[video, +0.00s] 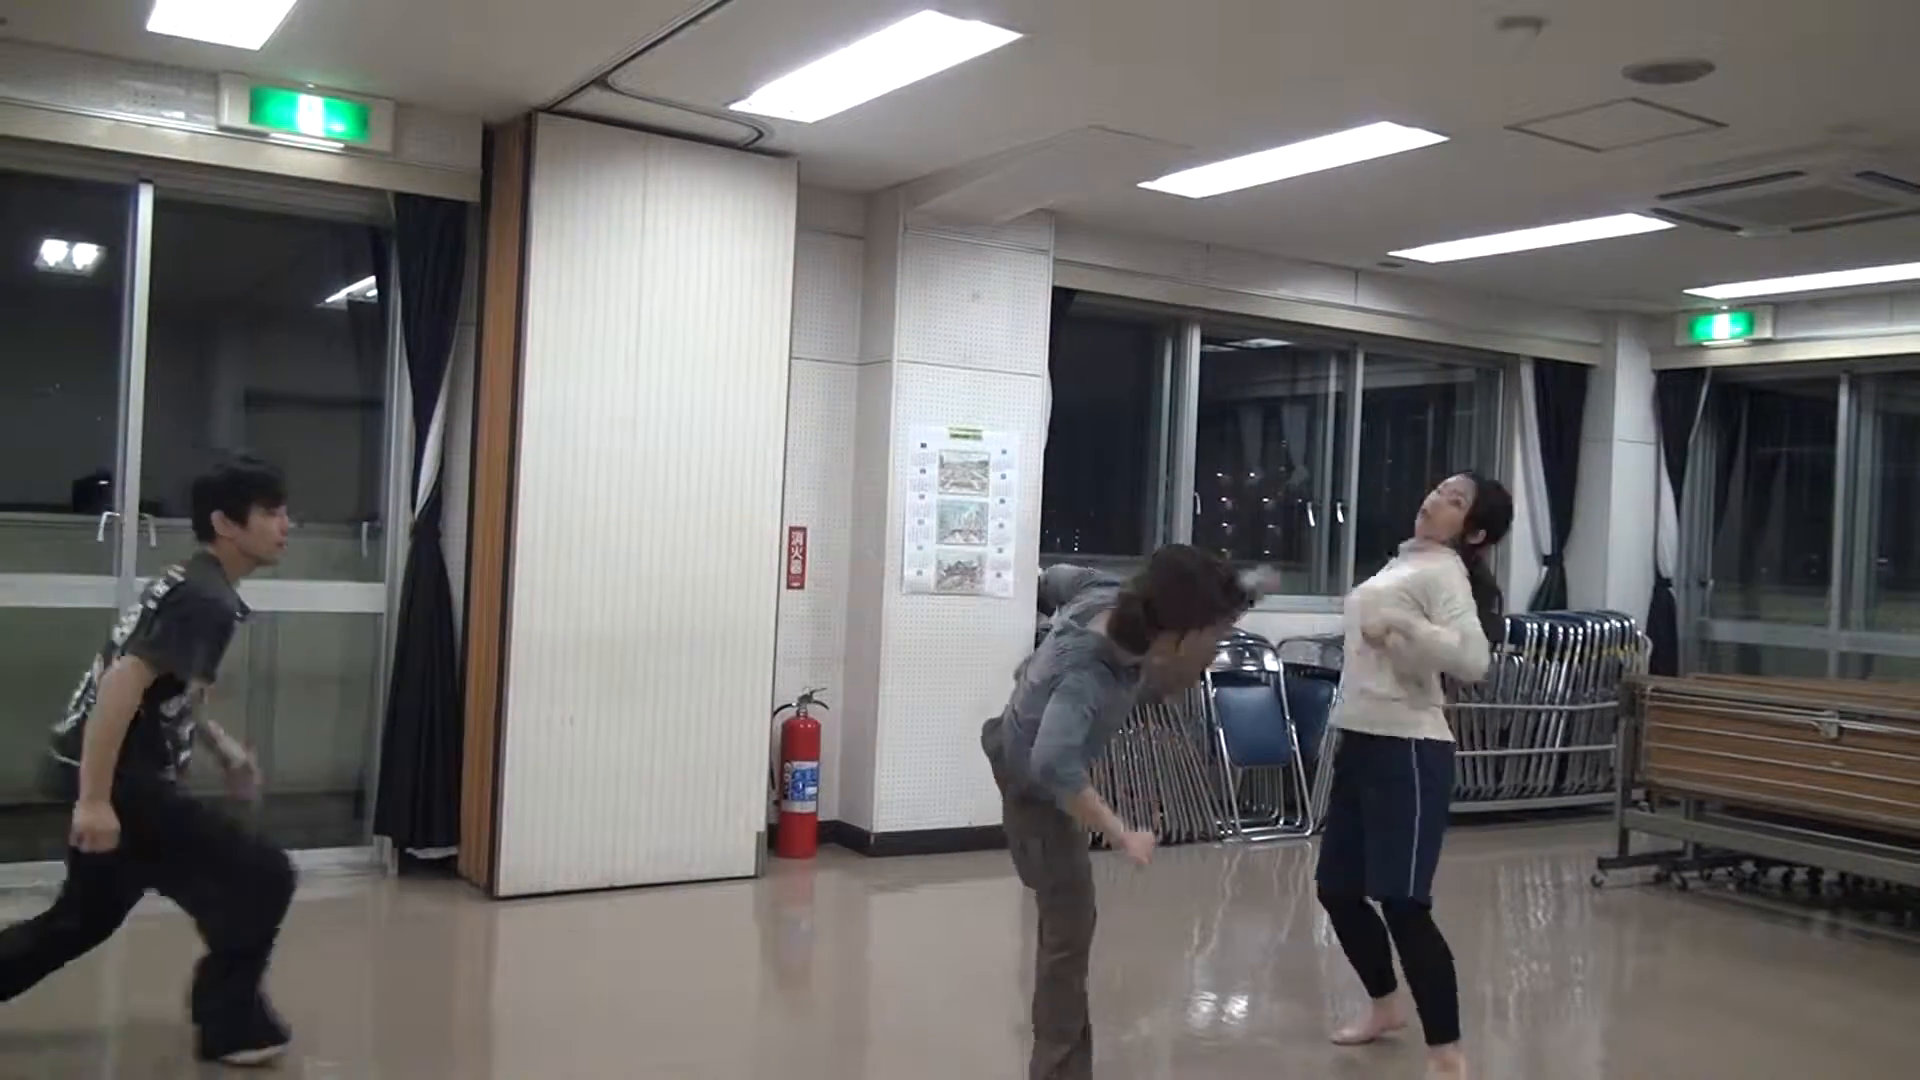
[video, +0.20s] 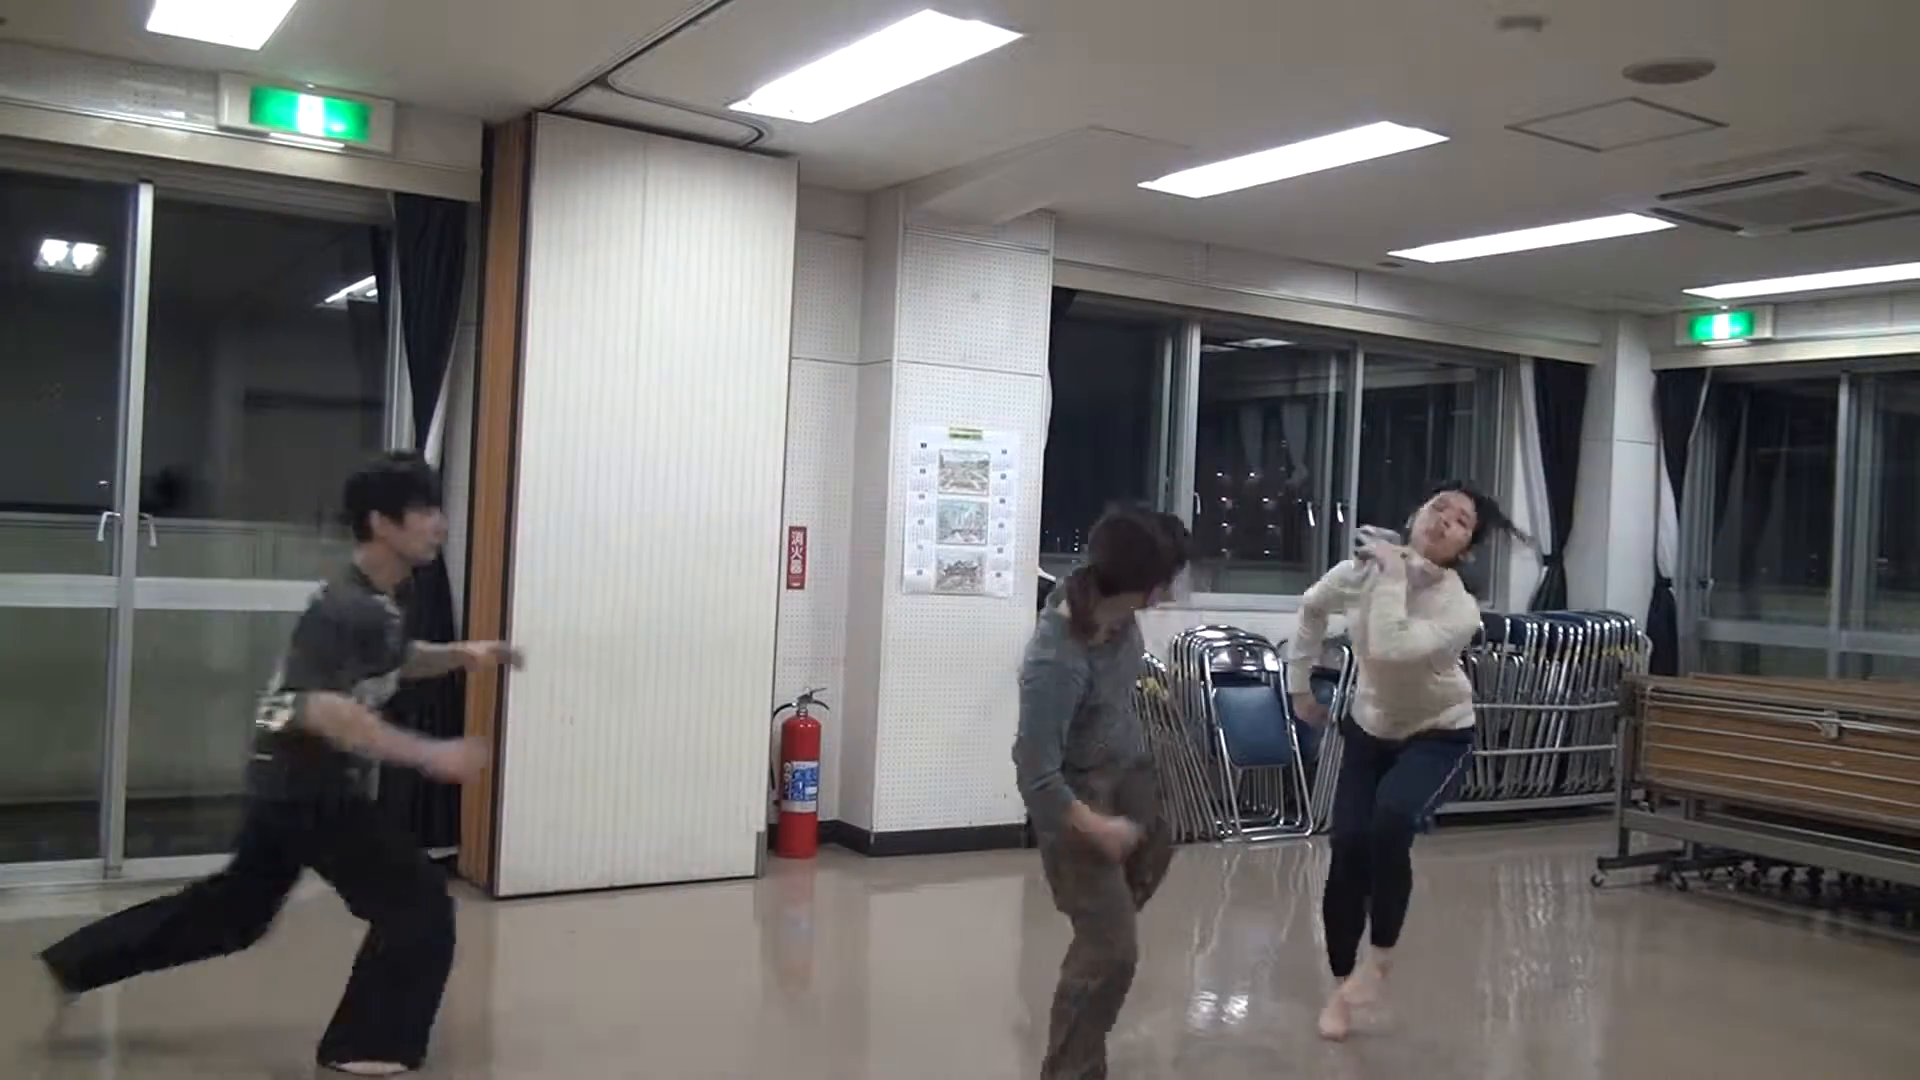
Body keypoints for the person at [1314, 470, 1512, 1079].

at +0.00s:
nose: (1434, 495)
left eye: (1452, 497)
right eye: (1441, 487)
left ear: (1470, 531)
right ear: (1428, 498)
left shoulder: (1447, 573)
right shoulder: (1405, 560)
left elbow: (1475, 658)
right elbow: (1395, 649)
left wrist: (1398, 631)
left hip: (1411, 749)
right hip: (1361, 741)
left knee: (1403, 902)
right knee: (1338, 888)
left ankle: (1448, 1056)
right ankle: (1388, 1006)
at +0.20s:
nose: (1445, 520)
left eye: (1461, 521)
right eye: (1440, 508)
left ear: (1467, 547)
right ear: (1416, 515)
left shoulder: (1459, 610)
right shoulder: (1364, 571)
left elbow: (1384, 647)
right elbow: (1313, 607)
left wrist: (1393, 572)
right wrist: (1301, 687)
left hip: (1437, 735)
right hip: (1368, 731)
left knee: (1389, 820)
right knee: (1347, 845)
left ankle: (1377, 965)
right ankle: (1340, 985)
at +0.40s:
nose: (1402, 615)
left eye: (1418, 609)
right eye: (1400, 601)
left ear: (1443, 619)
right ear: (1390, 597)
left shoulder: (1457, 670)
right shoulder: (1366, 633)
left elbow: (1431, 768)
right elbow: (1349, 687)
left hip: (1439, 787)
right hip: (1372, 770)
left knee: (1426, 912)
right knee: (1355, 881)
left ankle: (1473, 925)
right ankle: (1341, 997)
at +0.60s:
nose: (1430, 669)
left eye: (1446, 665)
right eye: (1427, 654)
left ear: (1473, 668)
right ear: (1418, 642)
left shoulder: (1495, 714)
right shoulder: (1404, 648)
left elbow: (1490, 782)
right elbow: (1384, 678)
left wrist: (1447, 783)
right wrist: (1372, 717)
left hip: (1488, 781)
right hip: (1429, 767)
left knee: (1481, 878)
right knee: (1395, 866)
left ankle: (1515, 977)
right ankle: (1382, 953)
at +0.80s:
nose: (1446, 679)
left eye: (1457, 672)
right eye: (1438, 667)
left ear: (1478, 666)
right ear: (1428, 658)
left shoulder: (1509, 702)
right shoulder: (1413, 678)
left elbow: (1525, 784)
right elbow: (1379, 726)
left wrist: (1478, 791)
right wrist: (1370, 766)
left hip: (1521, 779)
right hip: (1461, 772)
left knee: (1492, 880)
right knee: (1434, 851)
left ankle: (1514, 979)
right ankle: (1475, 911)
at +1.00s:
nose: (1393, 655)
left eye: (1404, 646)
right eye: (1390, 645)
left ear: (1435, 648)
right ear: (1386, 645)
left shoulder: (1470, 698)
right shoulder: (1412, 689)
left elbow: (1516, 778)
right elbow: (1443, 765)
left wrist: (1445, 790)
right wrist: (1411, 740)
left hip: (1546, 780)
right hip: (1498, 775)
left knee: (1481, 862)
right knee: (1449, 838)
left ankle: (1514, 980)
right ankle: (1485, 933)